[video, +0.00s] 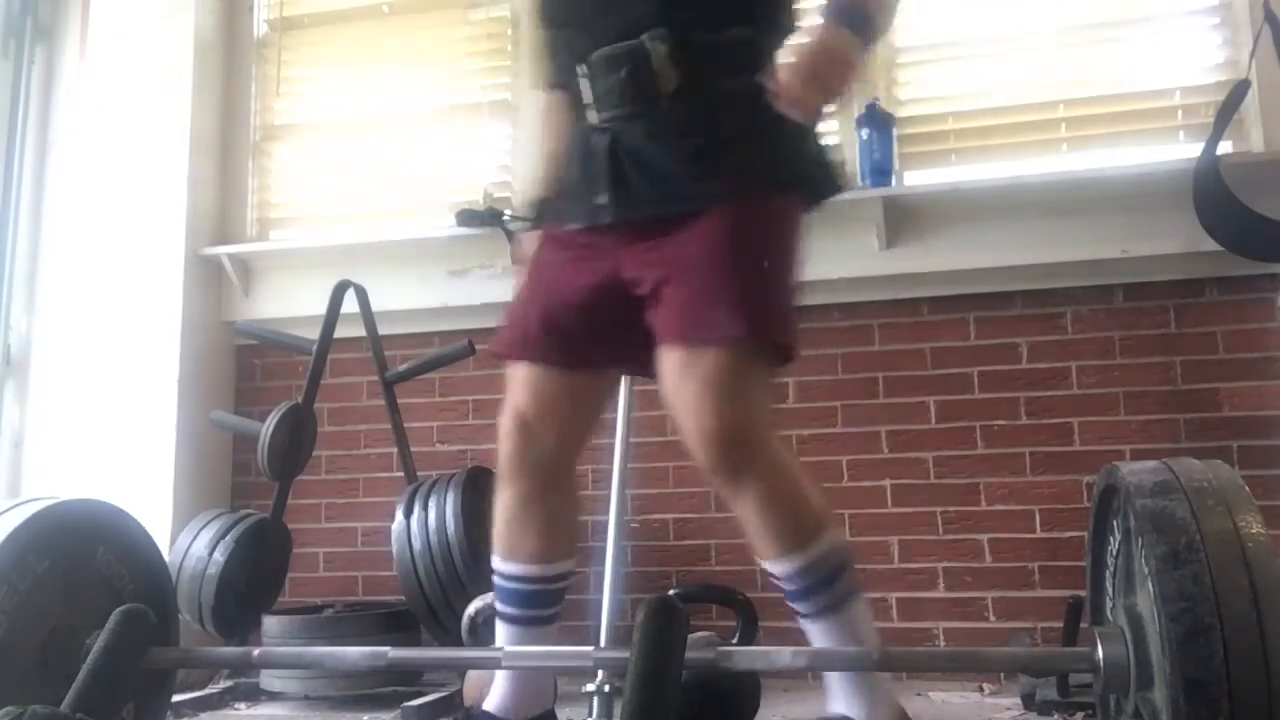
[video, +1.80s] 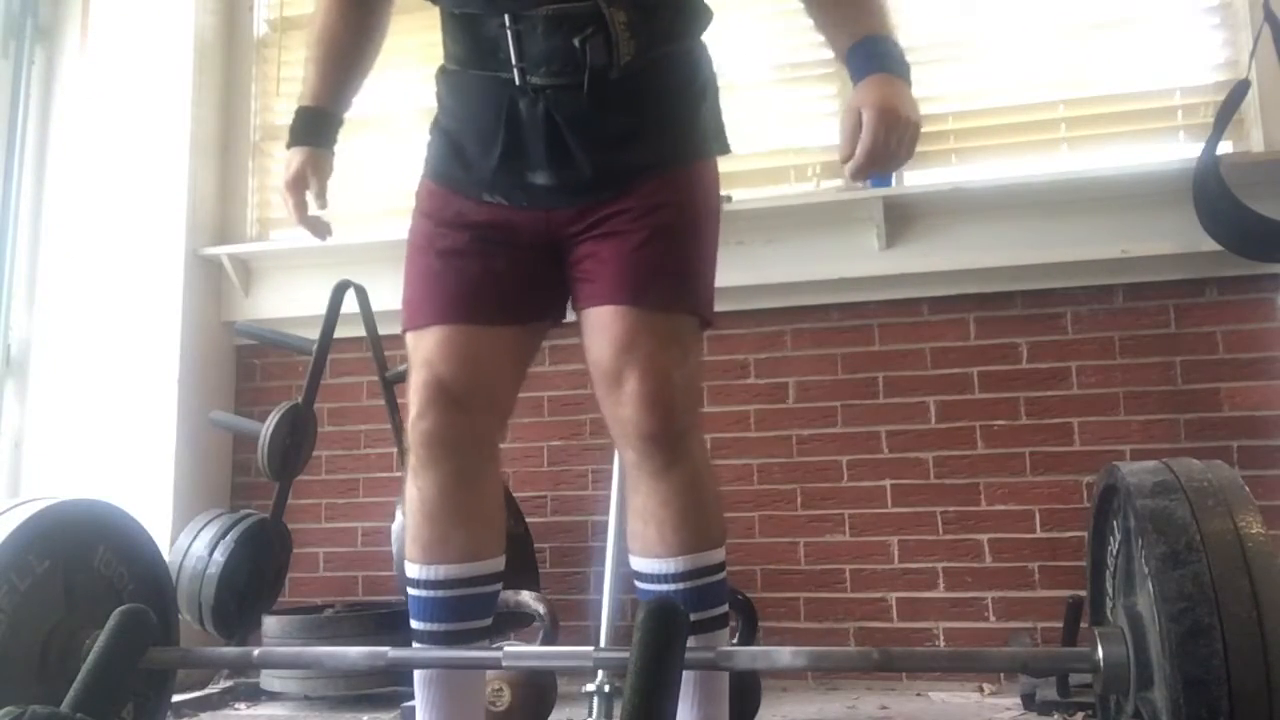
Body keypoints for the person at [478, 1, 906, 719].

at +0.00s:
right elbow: (565, 68)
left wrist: (840, 34)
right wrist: (546, 198)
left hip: (723, 166)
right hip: (594, 176)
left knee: (722, 429)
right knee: (529, 436)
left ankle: (862, 696)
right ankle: (521, 692)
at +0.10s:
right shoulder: (498, 11)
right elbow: (494, 85)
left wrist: (862, 65)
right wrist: (457, 210)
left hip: (690, 147)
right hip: (559, 166)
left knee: (697, 406)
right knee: (511, 435)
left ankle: (788, 692)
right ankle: (516, 696)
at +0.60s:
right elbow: (436, 3)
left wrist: (888, 84)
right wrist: (382, 135)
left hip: (664, 145)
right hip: (516, 147)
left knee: (658, 413)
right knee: (433, 402)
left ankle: (696, 698)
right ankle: (482, 678)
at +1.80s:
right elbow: (365, 0)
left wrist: (875, 64)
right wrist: (314, 123)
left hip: (644, 135)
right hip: (480, 135)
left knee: (652, 413)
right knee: (439, 415)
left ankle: (699, 699)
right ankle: (446, 702)